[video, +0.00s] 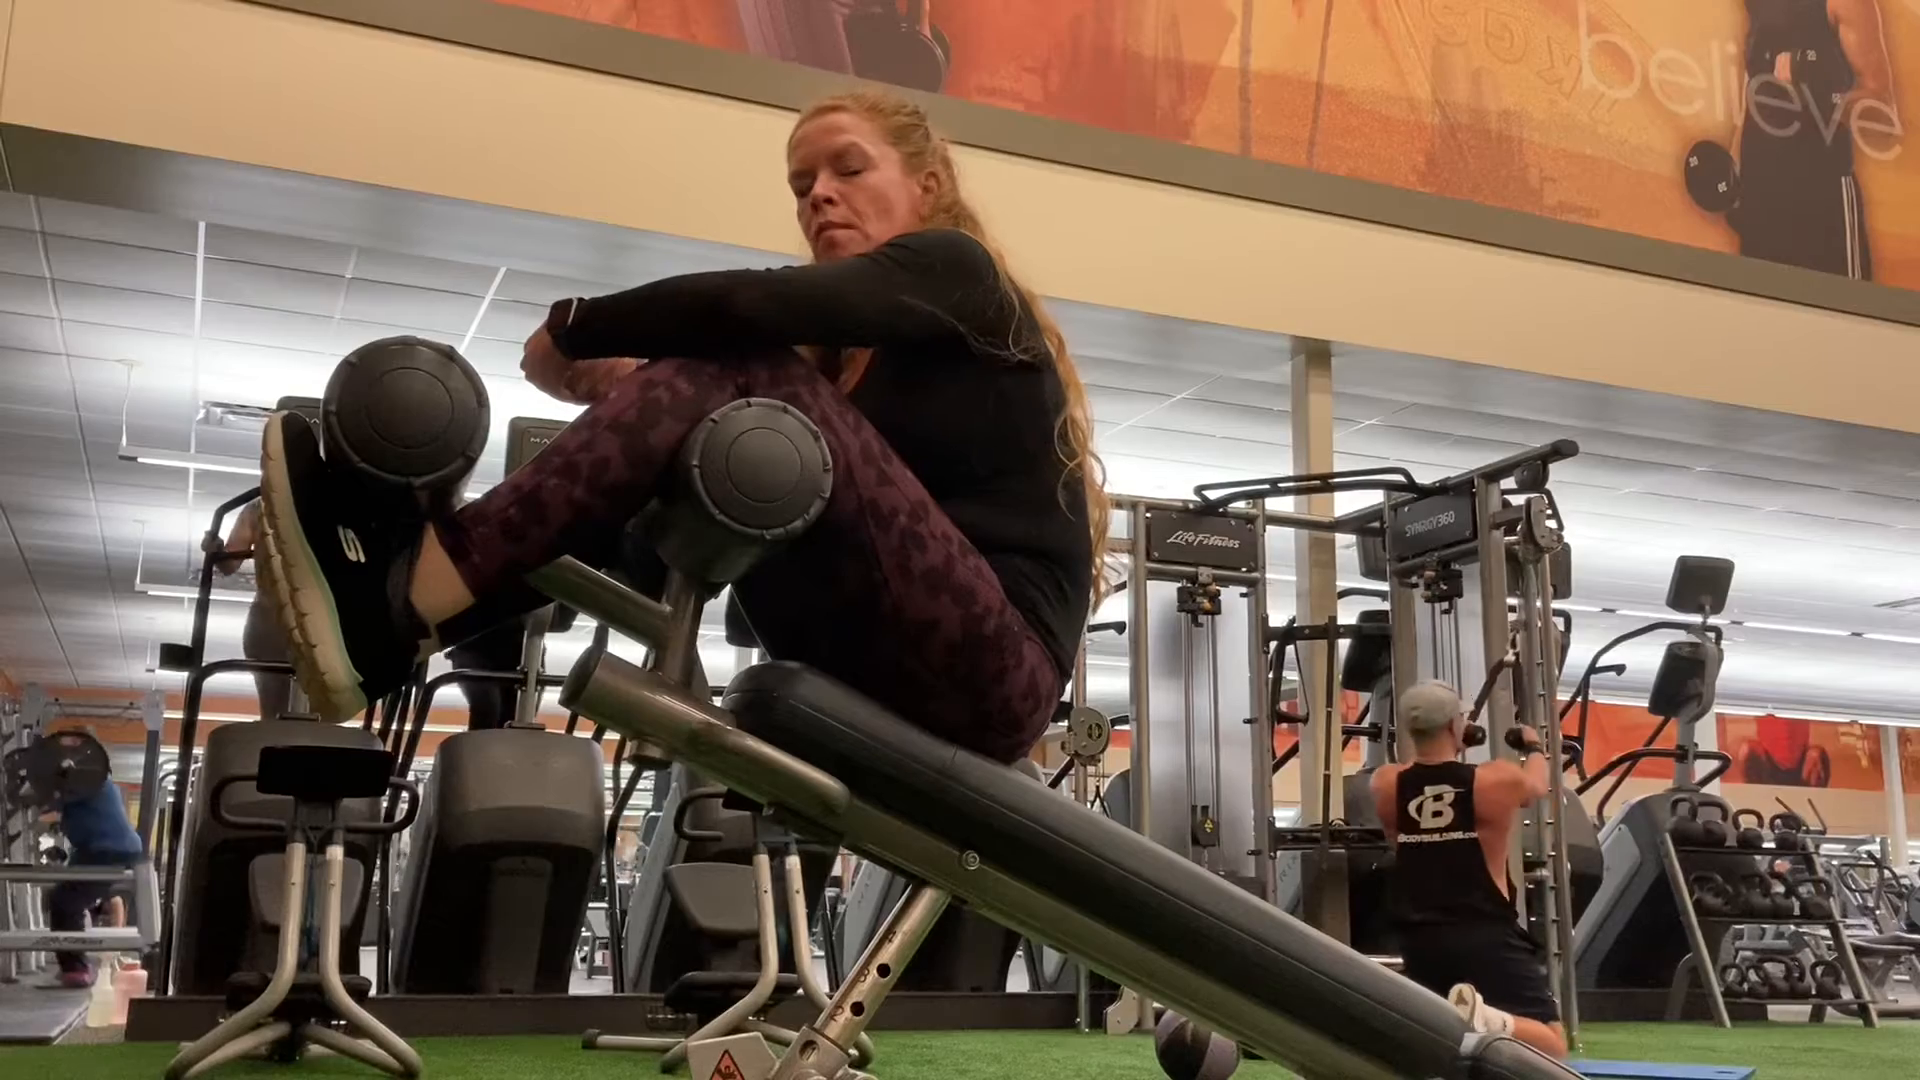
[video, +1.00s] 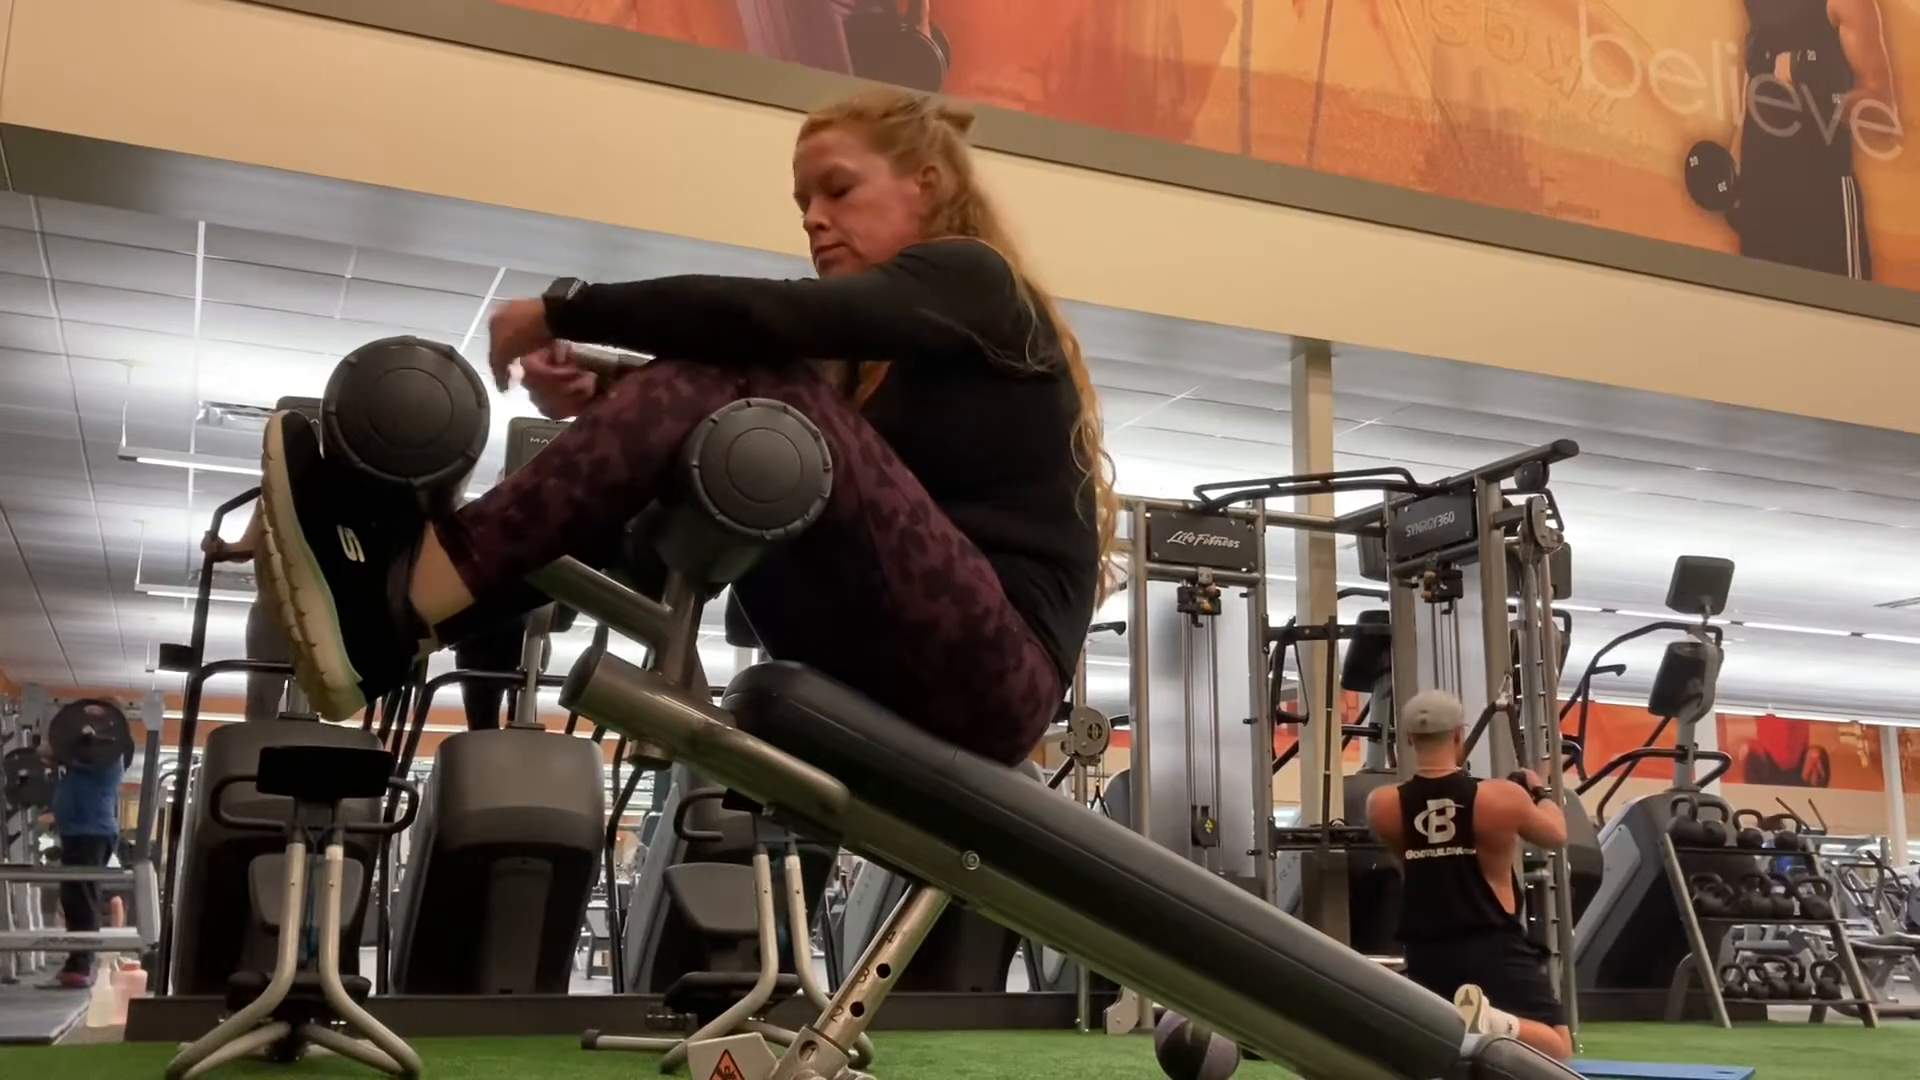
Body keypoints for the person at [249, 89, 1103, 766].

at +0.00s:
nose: (818, 197)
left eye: (847, 170)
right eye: (803, 184)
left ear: (926, 182)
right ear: (796, 208)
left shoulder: (959, 270)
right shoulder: (840, 335)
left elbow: (756, 303)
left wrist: (568, 336)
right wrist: (631, 386)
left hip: (990, 668)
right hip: (869, 658)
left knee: (759, 369)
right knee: (695, 408)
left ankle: (425, 592)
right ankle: (410, 589)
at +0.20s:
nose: (819, 197)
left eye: (848, 170)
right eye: (803, 183)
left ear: (927, 183)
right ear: (793, 209)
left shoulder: (960, 271)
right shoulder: (842, 334)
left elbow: (753, 304)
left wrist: (568, 336)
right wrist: (631, 386)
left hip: (991, 667)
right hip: (872, 659)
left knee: (761, 369)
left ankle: (427, 590)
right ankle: (404, 599)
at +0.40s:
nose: (821, 198)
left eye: (851, 171)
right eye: (806, 184)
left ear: (930, 185)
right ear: (798, 209)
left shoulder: (961, 272)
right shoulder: (847, 334)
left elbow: (758, 305)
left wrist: (568, 335)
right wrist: (632, 386)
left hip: (989, 668)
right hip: (872, 659)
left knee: (760, 365)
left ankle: (424, 590)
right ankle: (408, 592)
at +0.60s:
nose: (820, 199)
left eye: (850, 171)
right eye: (804, 185)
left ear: (929, 183)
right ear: (796, 212)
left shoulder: (960, 272)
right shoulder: (849, 332)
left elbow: (764, 304)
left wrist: (570, 333)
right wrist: (636, 385)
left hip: (990, 670)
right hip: (876, 661)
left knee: (765, 367)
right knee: (709, 400)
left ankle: (426, 588)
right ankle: (410, 589)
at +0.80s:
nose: (818, 205)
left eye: (845, 175)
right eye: (804, 190)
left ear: (927, 182)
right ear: (797, 213)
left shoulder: (960, 272)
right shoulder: (853, 333)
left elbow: (767, 308)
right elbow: (767, 381)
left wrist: (568, 332)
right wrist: (634, 386)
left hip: (991, 668)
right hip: (885, 659)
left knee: (766, 366)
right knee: (714, 396)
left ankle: (428, 588)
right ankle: (416, 587)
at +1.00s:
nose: (814, 222)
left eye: (839, 191)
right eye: (807, 204)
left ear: (927, 186)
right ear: (808, 214)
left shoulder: (974, 281)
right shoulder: (866, 325)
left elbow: (775, 318)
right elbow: (769, 375)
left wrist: (555, 308)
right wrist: (613, 389)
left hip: (992, 671)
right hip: (889, 656)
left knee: (775, 379)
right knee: (723, 393)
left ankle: (429, 589)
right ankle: (415, 598)